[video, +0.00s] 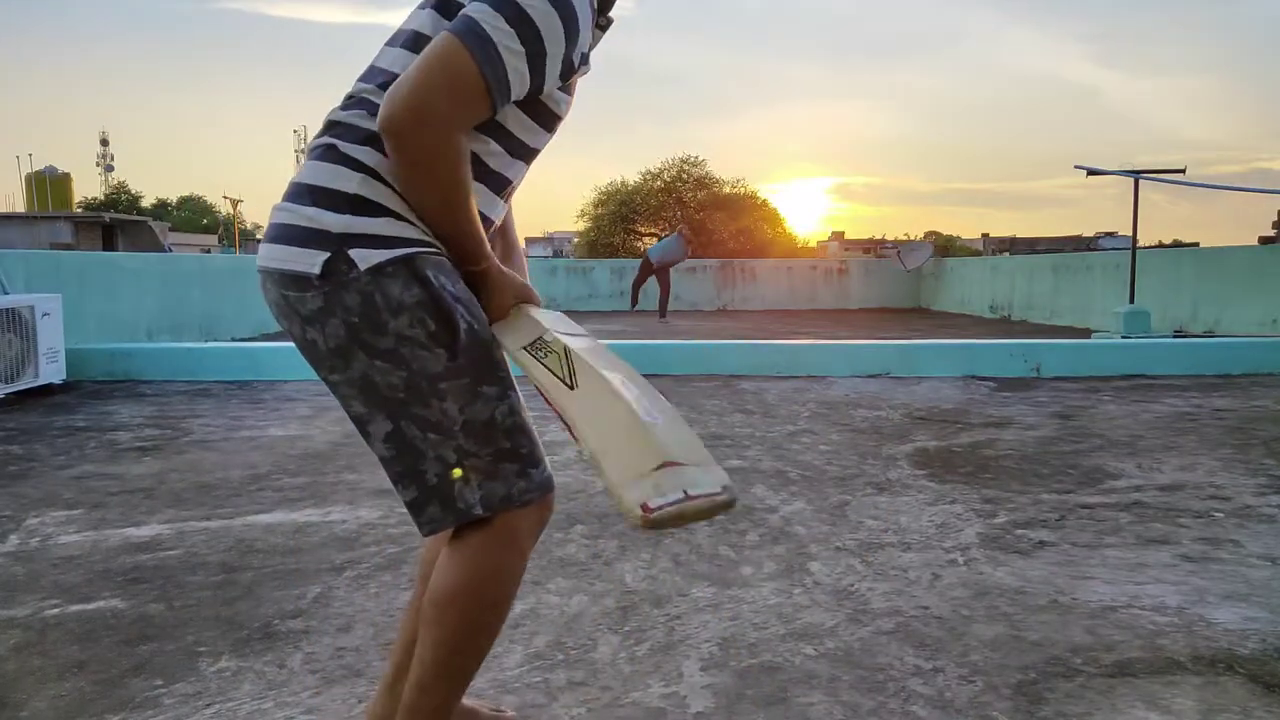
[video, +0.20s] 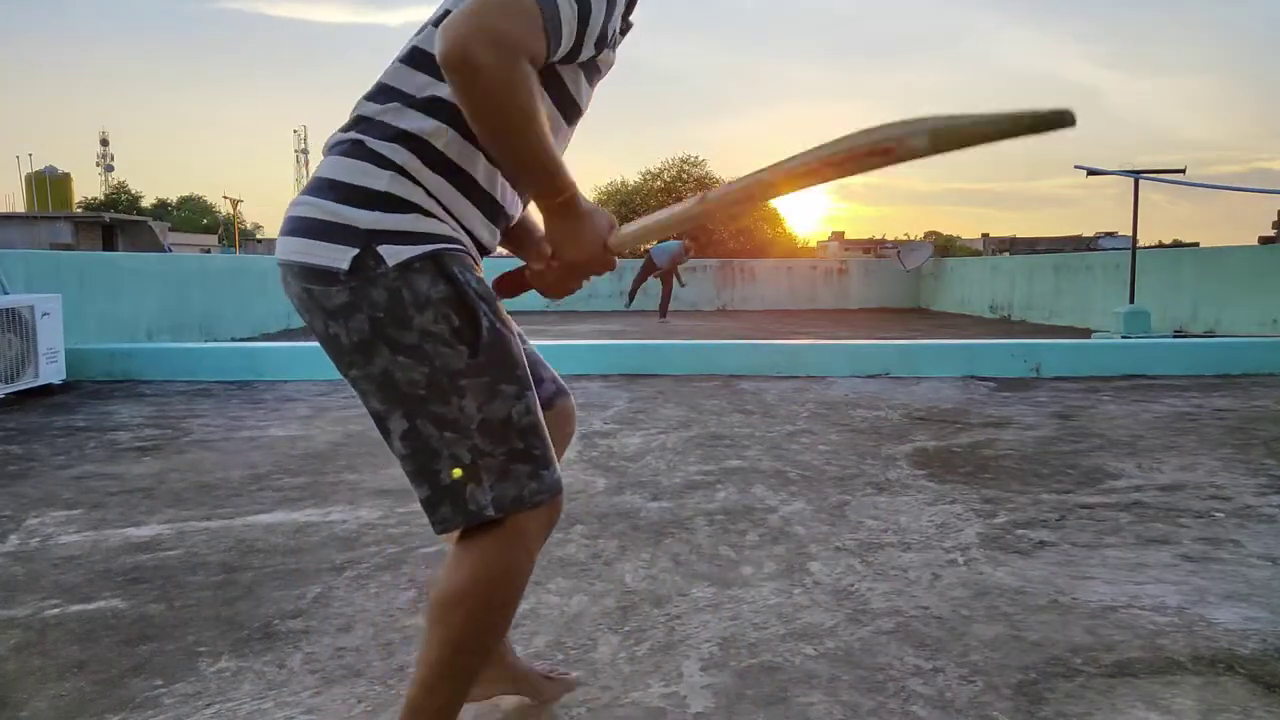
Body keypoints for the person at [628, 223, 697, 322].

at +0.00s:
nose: (691, 239)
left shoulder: (686, 254)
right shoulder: (680, 238)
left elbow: (671, 262)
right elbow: (681, 230)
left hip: (662, 265)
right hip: (651, 259)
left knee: (665, 289)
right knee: (638, 282)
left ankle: (662, 317)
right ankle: (633, 305)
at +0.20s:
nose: (689, 245)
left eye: (692, 242)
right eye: (688, 241)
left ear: (694, 245)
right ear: (685, 241)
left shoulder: (688, 254)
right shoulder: (676, 250)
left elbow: (672, 264)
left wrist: (660, 272)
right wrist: (680, 282)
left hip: (667, 266)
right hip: (653, 259)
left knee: (667, 290)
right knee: (639, 280)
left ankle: (662, 316)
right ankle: (630, 300)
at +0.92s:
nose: (699, 212)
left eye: (701, 210)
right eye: (696, 210)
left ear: (704, 212)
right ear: (692, 211)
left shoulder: (708, 226)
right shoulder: (686, 223)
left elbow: (715, 241)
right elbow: (673, 230)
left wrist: (720, 256)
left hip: (700, 262)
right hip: (685, 261)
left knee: (704, 289)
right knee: (680, 291)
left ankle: (710, 314)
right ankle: (677, 315)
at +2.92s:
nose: (691, 211)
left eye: (693, 208)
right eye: (689, 208)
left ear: (698, 209)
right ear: (686, 210)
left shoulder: (703, 222)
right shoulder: (682, 223)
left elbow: (707, 239)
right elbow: (677, 239)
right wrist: (681, 251)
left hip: (702, 261)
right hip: (688, 260)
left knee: (706, 291)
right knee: (686, 291)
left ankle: (709, 315)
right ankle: (682, 315)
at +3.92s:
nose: (693, 218)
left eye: (694, 215)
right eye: (691, 215)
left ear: (697, 215)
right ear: (686, 216)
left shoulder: (700, 227)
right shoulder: (681, 228)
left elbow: (705, 241)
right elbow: (684, 247)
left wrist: (708, 245)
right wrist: (702, 248)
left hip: (699, 264)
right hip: (685, 263)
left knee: (704, 290)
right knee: (681, 291)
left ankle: (709, 314)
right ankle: (678, 314)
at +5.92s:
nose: (685, 235)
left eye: (689, 235)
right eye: (685, 232)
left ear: (690, 238)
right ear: (683, 231)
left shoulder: (682, 251)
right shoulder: (673, 235)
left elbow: (669, 260)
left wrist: (657, 264)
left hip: (660, 264)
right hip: (647, 259)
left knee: (661, 290)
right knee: (638, 286)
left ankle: (659, 317)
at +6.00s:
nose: (686, 237)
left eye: (688, 235)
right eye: (686, 234)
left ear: (690, 237)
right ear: (682, 232)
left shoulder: (682, 245)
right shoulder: (672, 240)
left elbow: (679, 255)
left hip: (661, 260)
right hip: (647, 257)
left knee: (662, 286)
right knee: (635, 282)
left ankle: (659, 316)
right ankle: (620, 308)